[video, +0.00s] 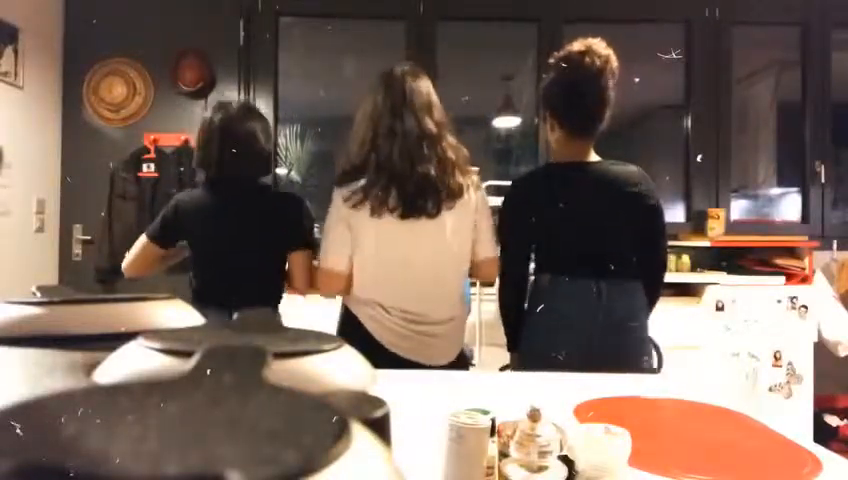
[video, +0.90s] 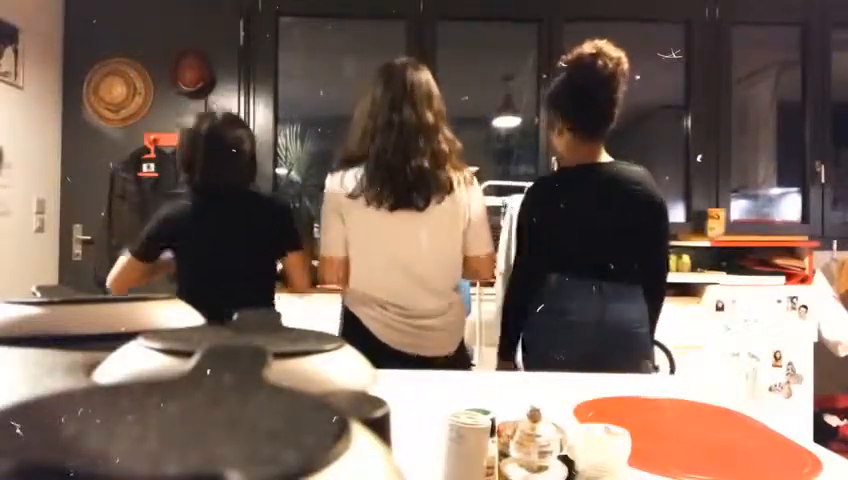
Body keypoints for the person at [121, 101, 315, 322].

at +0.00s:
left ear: (206, 151)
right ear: (265, 152)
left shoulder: (187, 205)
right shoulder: (288, 206)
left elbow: (132, 267)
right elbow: (301, 283)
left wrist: (185, 249)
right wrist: (273, 263)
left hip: (206, 339)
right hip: (266, 339)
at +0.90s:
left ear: (188, 160)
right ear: (248, 159)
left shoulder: (176, 215)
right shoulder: (274, 212)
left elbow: (117, 284)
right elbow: (301, 284)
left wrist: (168, 263)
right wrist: (272, 265)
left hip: (196, 347)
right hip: (260, 347)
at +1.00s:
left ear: (193, 180)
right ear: (249, 175)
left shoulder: (185, 238)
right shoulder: (276, 228)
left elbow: (132, 296)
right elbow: (307, 296)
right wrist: (274, 279)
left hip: (209, 357)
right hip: (268, 356)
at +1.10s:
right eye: (247, 151)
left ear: (192, 166)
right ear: (246, 162)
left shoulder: (182, 222)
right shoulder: (273, 212)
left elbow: (135, 289)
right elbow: (297, 289)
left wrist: (172, 278)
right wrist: (266, 279)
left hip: (204, 345)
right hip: (263, 342)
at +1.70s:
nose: (234, 149)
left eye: (240, 140)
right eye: (218, 142)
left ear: (252, 154)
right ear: (200, 166)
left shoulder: (202, 213)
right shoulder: (232, 209)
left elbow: (168, 282)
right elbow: (274, 291)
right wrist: (295, 285)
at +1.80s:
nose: (236, 138)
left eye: (241, 128)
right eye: (221, 131)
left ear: (254, 141)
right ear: (201, 152)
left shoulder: (201, 203)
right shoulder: (237, 197)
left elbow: (168, 271)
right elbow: (272, 277)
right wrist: (295, 279)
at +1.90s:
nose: (244, 146)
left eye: (249, 136)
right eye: (228, 138)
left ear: (259, 147)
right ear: (207, 159)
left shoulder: (203, 205)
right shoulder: (241, 205)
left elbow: (170, 271)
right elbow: (278, 288)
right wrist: (304, 285)